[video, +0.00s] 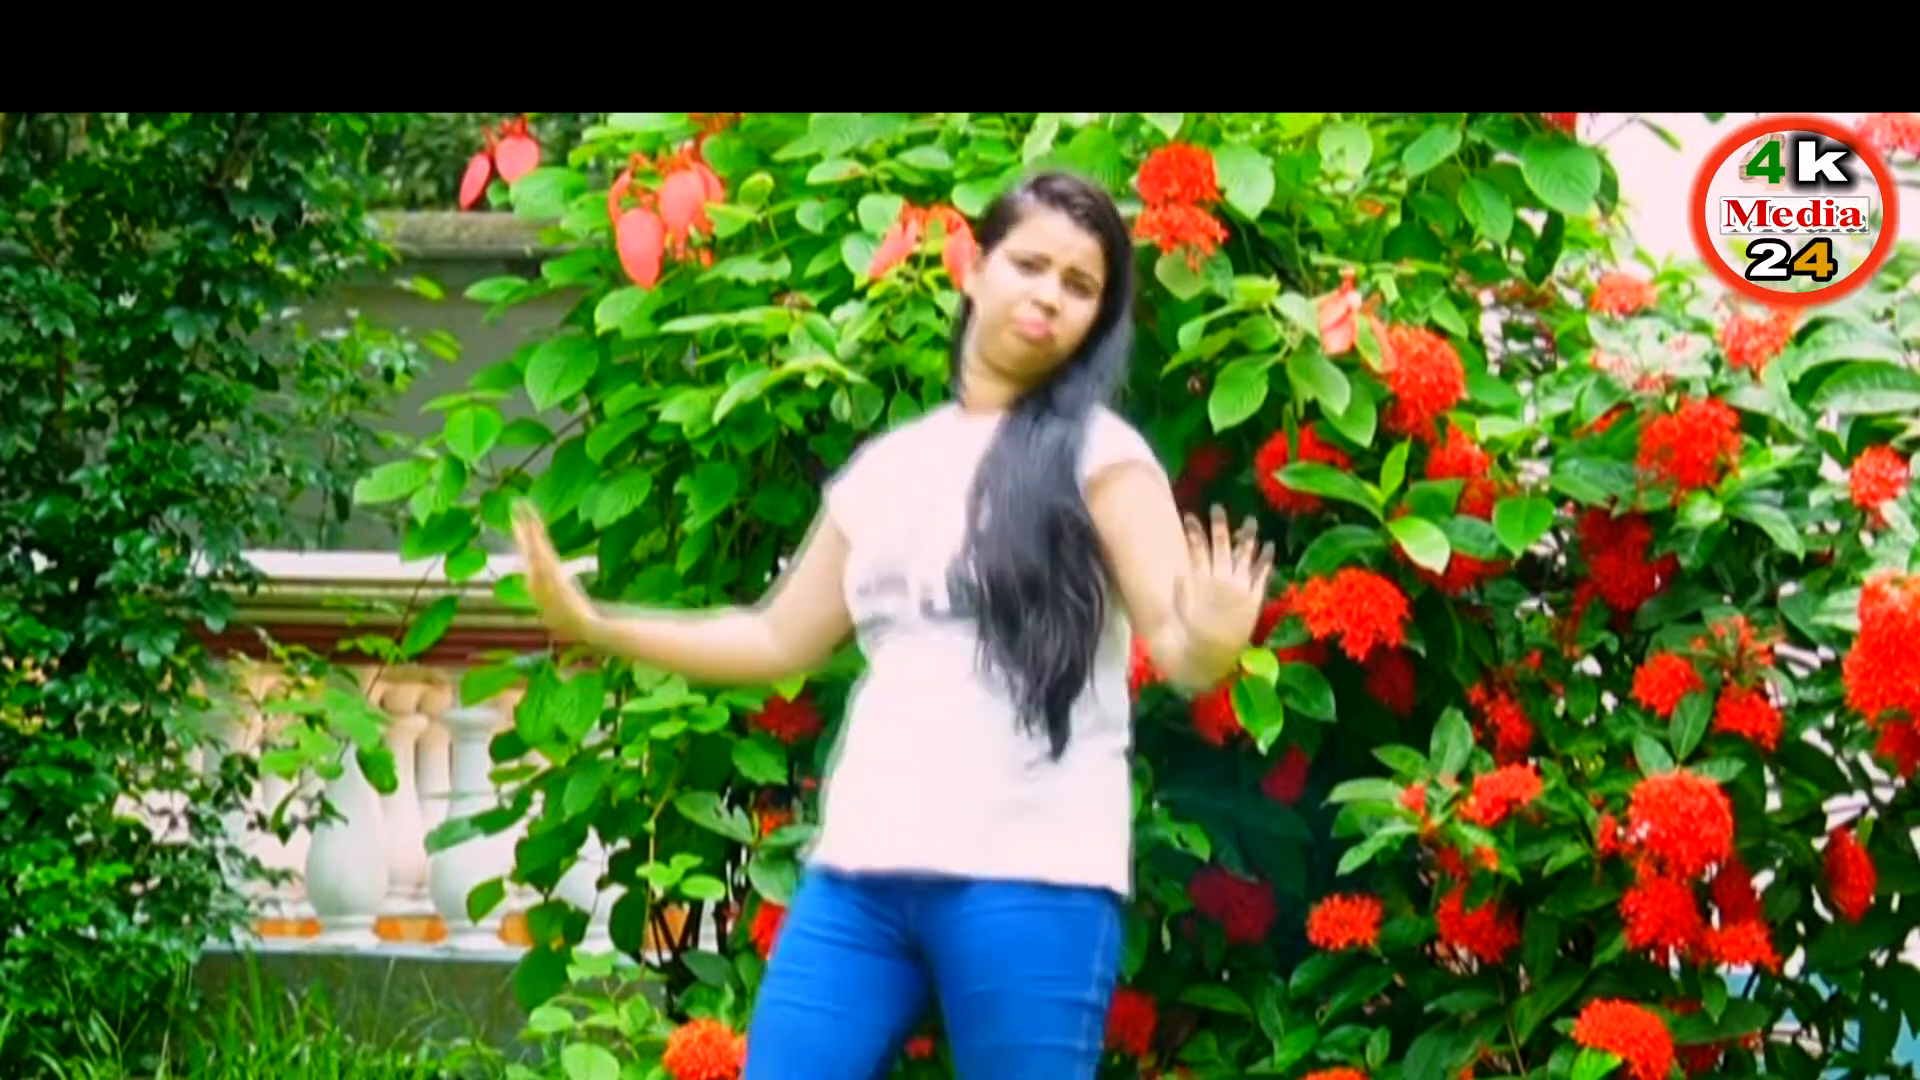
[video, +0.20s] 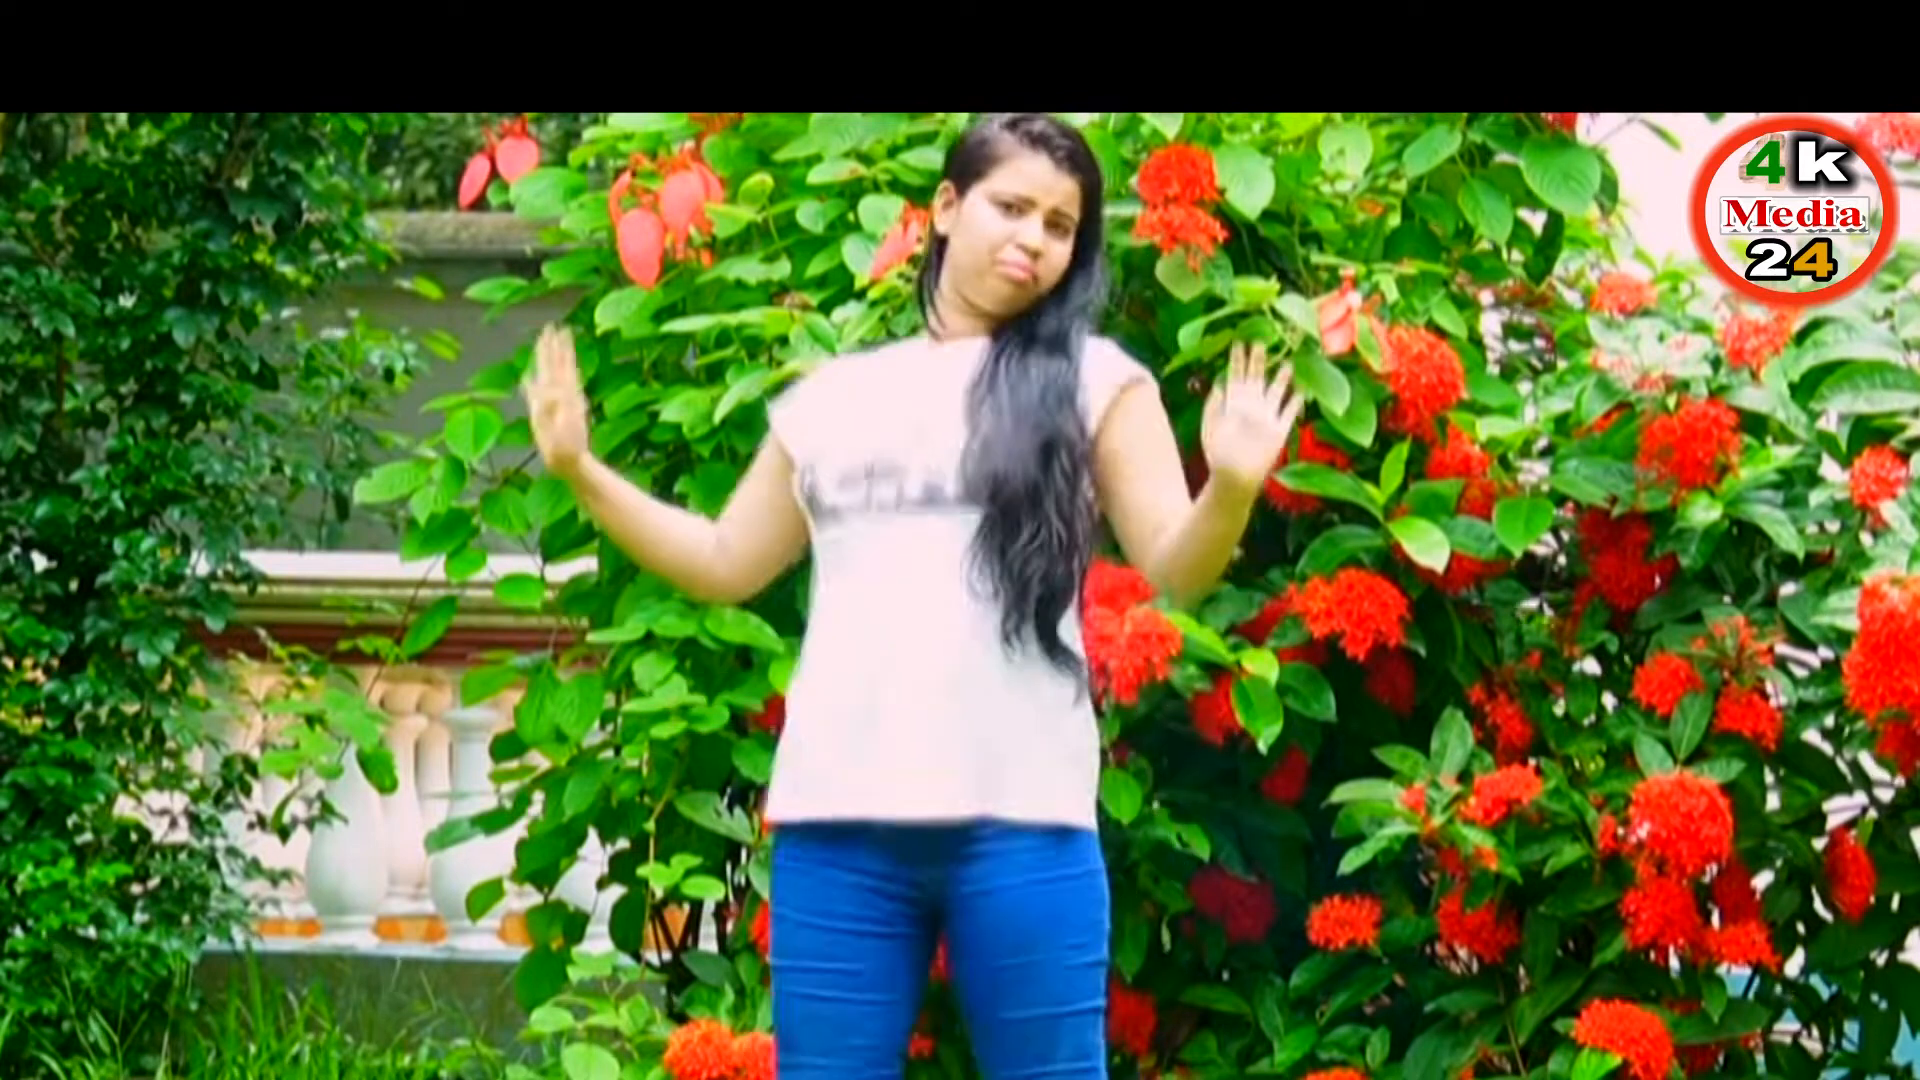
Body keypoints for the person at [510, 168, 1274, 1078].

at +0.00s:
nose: (1048, 299)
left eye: (1079, 285)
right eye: (1029, 265)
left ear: (1097, 317)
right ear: (975, 267)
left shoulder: (1100, 450)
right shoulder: (887, 465)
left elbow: (1179, 651)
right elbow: (778, 641)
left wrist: (1214, 643)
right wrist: (591, 624)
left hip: (1032, 879)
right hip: (858, 866)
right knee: (779, 1068)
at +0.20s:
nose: (1032, 240)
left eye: (1057, 225)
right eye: (1011, 207)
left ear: (1076, 254)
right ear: (947, 208)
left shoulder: (1095, 381)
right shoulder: (831, 394)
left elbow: (1172, 574)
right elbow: (723, 564)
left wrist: (1233, 489)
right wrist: (578, 468)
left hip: (1028, 829)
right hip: (836, 826)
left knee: (1053, 1071)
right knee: (823, 1071)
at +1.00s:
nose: (1080, 273)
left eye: (1111, 255)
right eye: (1058, 241)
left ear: (1135, 281)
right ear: (1006, 246)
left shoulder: (1146, 391)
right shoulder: (972, 430)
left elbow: (1264, 496)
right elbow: (870, 523)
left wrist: (1296, 355)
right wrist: (724, 401)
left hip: (1101, 862)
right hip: (948, 853)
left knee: (1069, 1070)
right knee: (876, 1068)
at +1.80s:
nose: (1048, 274)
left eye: (1078, 259)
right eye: (1027, 242)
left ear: (1105, 287)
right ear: (976, 247)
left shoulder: (1112, 394)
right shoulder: (898, 411)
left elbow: (1177, 409)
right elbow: (738, 428)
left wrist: (1183, 237)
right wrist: (624, 282)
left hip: (1041, 862)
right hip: (861, 850)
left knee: (1040, 1067)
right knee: (812, 1069)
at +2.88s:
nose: (1016, 251)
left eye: (1049, 236)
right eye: (998, 217)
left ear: (1074, 264)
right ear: (945, 222)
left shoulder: (1079, 387)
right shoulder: (851, 405)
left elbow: (1221, 480)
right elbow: (746, 512)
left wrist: (1187, 304)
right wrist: (673, 357)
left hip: (1027, 853)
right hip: (850, 853)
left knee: (1060, 1070)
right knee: (796, 1069)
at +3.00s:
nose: (989, 263)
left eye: (1021, 248)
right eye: (969, 229)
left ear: (1042, 276)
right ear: (916, 233)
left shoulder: (1046, 418)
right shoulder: (829, 421)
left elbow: (1165, 592)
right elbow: (783, 600)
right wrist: (634, 471)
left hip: (1004, 861)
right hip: (829, 862)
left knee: (1036, 1070)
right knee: (769, 1071)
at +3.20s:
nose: (968, 288)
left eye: (999, 273)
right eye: (948, 256)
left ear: (1020, 299)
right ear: (890, 260)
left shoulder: (1031, 430)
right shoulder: (827, 448)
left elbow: (1126, 635)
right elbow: (741, 619)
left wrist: (1149, 611)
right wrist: (559, 585)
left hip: (983, 885)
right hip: (804, 879)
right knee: (733, 1072)